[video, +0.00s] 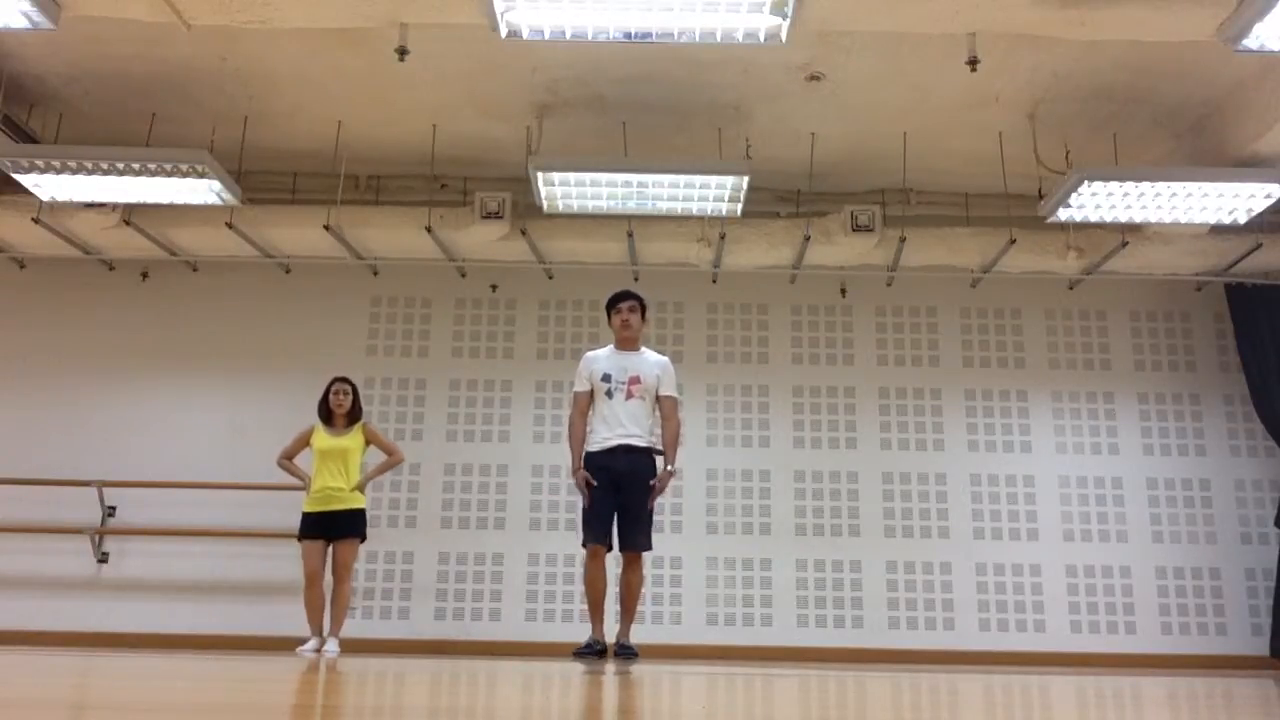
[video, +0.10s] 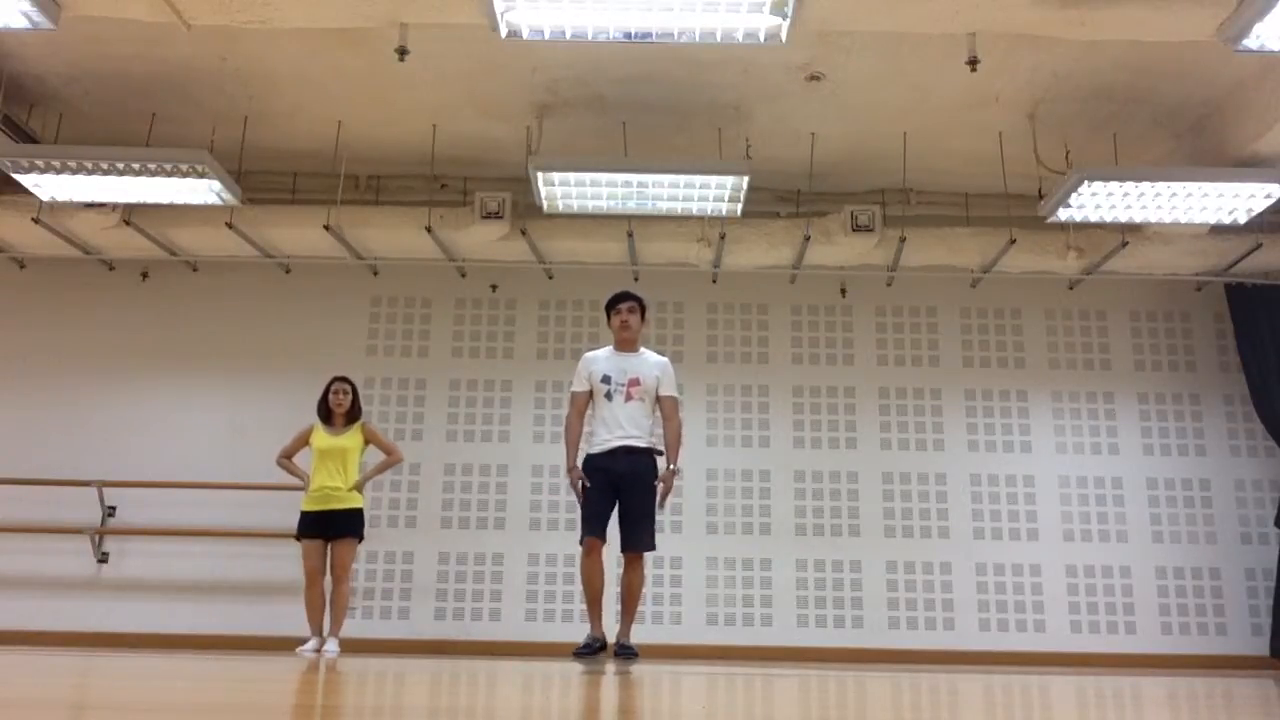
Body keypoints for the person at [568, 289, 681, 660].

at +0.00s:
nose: (625, 318)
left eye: (632, 312)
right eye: (619, 313)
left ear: (643, 320)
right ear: (610, 321)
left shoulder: (659, 364)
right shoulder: (592, 361)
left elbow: (670, 417)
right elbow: (578, 414)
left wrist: (669, 465)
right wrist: (577, 463)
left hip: (639, 461)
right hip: (599, 460)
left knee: (632, 552)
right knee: (595, 549)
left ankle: (624, 637)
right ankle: (597, 635)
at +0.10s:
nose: (625, 319)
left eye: (631, 313)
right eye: (618, 313)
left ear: (643, 321)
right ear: (609, 322)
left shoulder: (659, 365)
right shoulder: (591, 361)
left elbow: (671, 418)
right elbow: (575, 414)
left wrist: (671, 465)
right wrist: (572, 463)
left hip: (640, 463)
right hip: (598, 462)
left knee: (633, 552)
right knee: (591, 544)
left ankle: (624, 637)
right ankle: (596, 632)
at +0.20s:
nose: (624, 320)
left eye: (631, 314)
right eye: (617, 315)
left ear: (642, 322)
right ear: (608, 323)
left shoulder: (658, 366)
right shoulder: (591, 363)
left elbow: (672, 419)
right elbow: (574, 414)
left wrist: (672, 468)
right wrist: (568, 463)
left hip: (641, 463)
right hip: (598, 463)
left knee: (635, 551)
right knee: (588, 536)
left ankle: (625, 636)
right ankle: (594, 626)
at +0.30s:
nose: (622, 319)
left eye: (629, 314)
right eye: (616, 314)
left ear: (641, 321)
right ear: (607, 322)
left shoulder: (657, 365)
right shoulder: (590, 362)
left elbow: (669, 418)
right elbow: (575, 415)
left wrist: (669, 468)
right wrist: (569, 463)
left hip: (640, 462)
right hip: (598, 462)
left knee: (634, 551)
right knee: (591, 537)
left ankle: (625, 636)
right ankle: (593, 628)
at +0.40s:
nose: (622, 319)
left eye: (628, 313)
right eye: (615, 314)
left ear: (640, 320)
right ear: (606, 322)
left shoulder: (656, 364)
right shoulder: (589, 362)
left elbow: (667, 419)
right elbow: (575, 416)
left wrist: (664, 468)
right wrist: (572, 466)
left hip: (638, 462)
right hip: (597, 462)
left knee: (633, 552)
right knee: (596, 550)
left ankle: (624, 637)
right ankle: (593, 636)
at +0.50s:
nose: (621, 317)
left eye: (628, 312)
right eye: (615, 312)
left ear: (639, 319)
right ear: (605, 320)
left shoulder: (655, 364)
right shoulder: (589, 360)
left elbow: (663, 417)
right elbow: (576, 416)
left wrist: (662, 466)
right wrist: (574, 468)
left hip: (638, 460)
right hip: (597, 460)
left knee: (631, 552)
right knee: (594, 550)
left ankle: (624, 637)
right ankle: (593, 636)